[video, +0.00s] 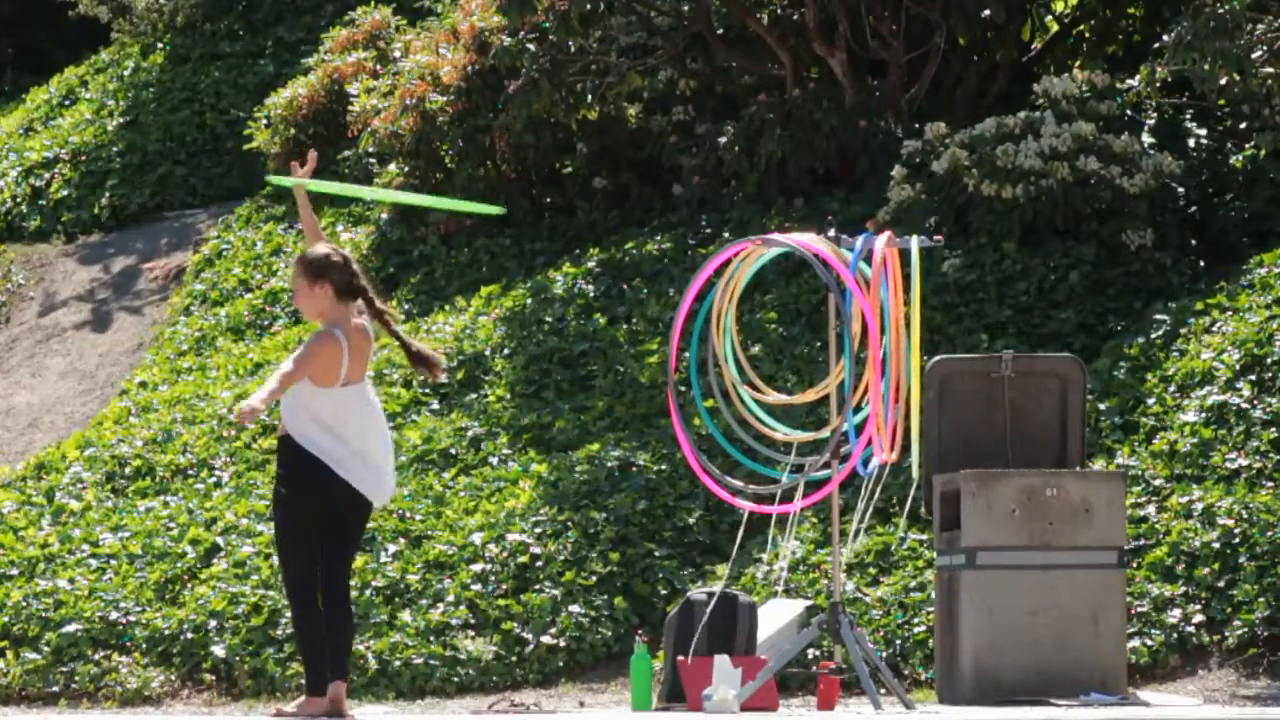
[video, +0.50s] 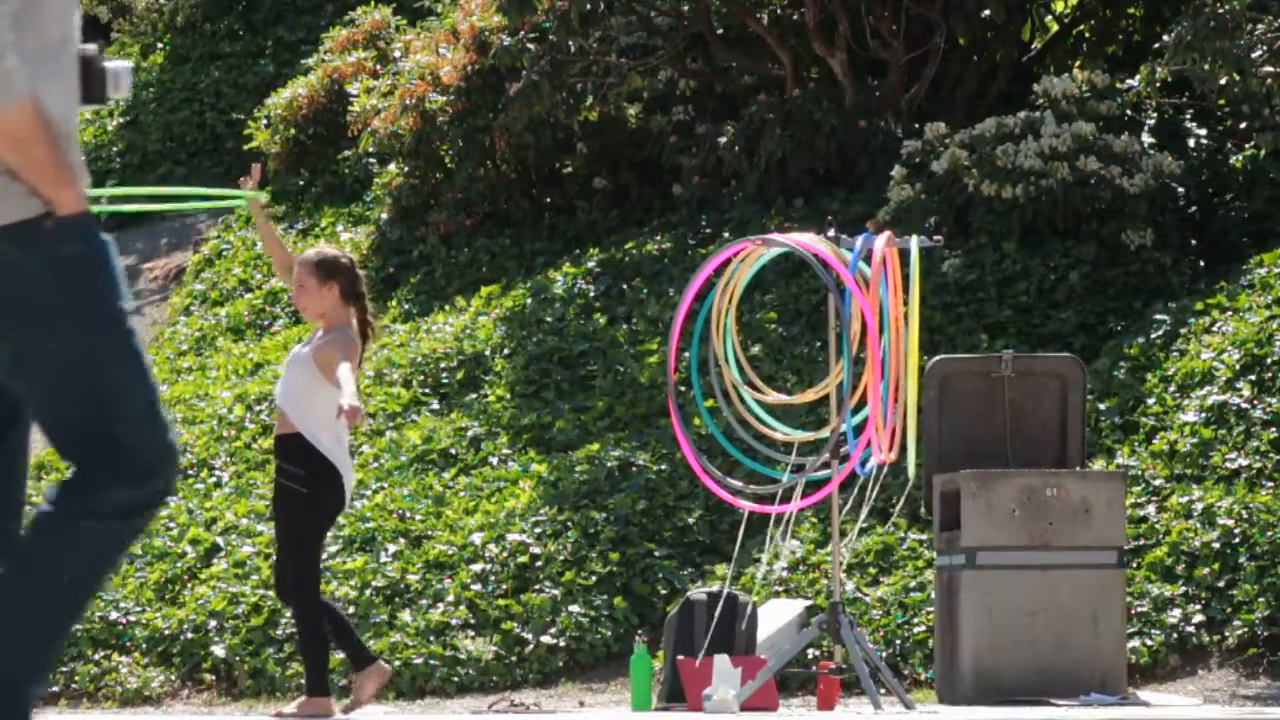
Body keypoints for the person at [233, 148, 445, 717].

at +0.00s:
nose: (295, 299)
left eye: (300, 289)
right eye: (295, 289)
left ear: (326, 288)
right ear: (334, 286)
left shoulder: (323, 343)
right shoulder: (362, 322)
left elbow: (285, 377)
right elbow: (323, 251)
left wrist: (256, 400)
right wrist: (301, 189)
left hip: (308, 473)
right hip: (357, 477)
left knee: (299, 579)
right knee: (337, 580)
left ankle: (318, 690)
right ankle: (337, 689)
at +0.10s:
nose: (294, 299)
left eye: (298, 290)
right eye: (293, 290)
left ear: (325, 288)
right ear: (332, 285)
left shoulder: (327, 342)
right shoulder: (357, 326)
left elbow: (293, 381)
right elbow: (313, 249)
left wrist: (282, 402)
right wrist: (296, 190)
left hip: (307, 464)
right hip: (353, 469)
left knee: (301, 577)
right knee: (331, 578)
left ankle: (316, 692)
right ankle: (340, 683)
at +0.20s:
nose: (293, 295)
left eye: (298, 287)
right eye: (293, 286)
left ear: (325, 288)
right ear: (330, 286)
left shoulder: (331, 337)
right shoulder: (351, 327)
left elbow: (321, 379)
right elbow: (304, 253)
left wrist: (307, 402)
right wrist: (290, 189)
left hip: (305, 464)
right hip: (346, 469)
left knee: (300, 579)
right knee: (325, 578)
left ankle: (317, 691)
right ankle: (351, 666)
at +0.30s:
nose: (294, 293)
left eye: (301, 286)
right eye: (296, 285)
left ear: (329, 290)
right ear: (332, 287)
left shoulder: (332, 337)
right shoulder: (341, 328)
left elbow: (324, 369)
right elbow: (300, 260)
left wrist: (323, 398)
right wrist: (280, 198)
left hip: (302, 472)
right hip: (333, 476)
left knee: (301, 584)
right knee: (316, 582)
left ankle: (317, 696)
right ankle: (364, 663)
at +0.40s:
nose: (296, 292)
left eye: (303, 284)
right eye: (297, 283)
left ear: (329, 290)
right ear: (329, 288)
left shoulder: (335, 337)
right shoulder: (331, 329)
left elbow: (343, 371)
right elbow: (293, 261)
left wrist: (339, 401)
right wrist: (266, 198)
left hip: (305, 473)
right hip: (318, 475)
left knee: (300, 585)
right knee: (304, 585)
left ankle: (317, 696)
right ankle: (368, 664)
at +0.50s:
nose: (294, 290)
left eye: (302, 283)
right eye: (294, 282)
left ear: (331, 289)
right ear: (326, 288)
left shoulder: (336, 341)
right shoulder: (323, 330)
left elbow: (345, 373)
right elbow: (288, 265)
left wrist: (349, 398)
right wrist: (256, 208)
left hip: (312, 471)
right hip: (303, 469)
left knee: (297, 584)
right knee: (293, 582)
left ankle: (317, 695)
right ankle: (365, 665)